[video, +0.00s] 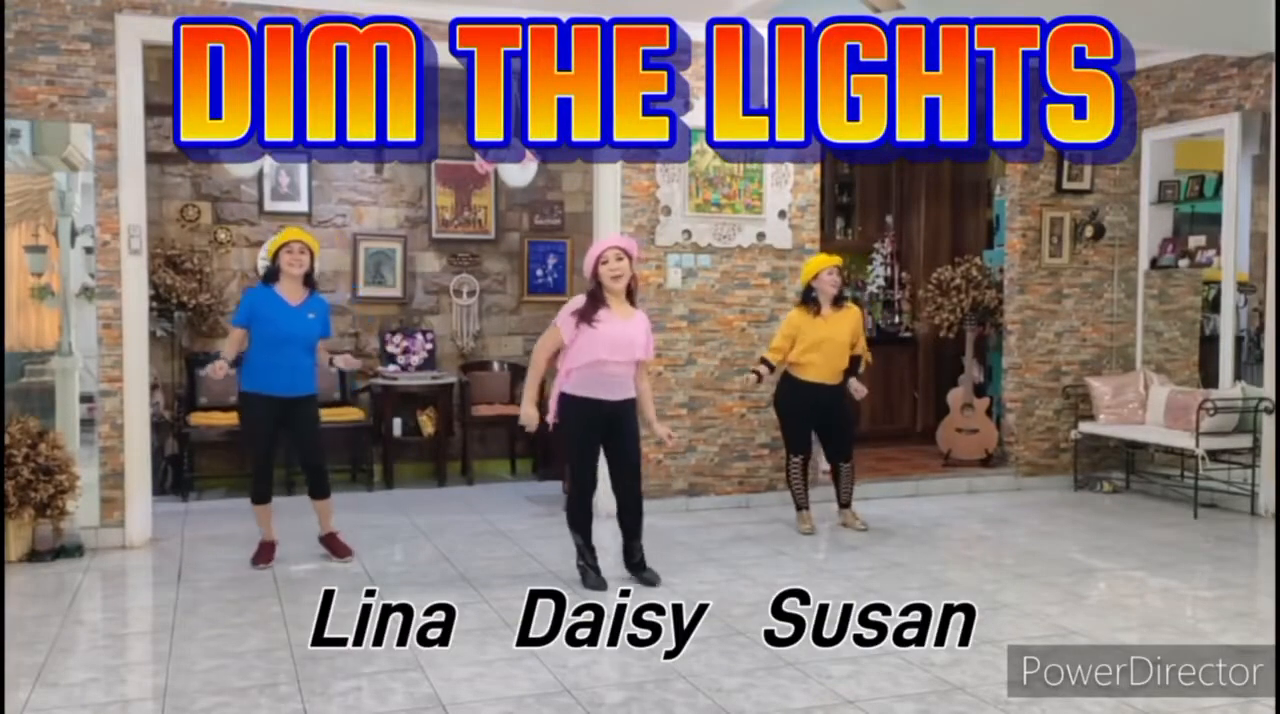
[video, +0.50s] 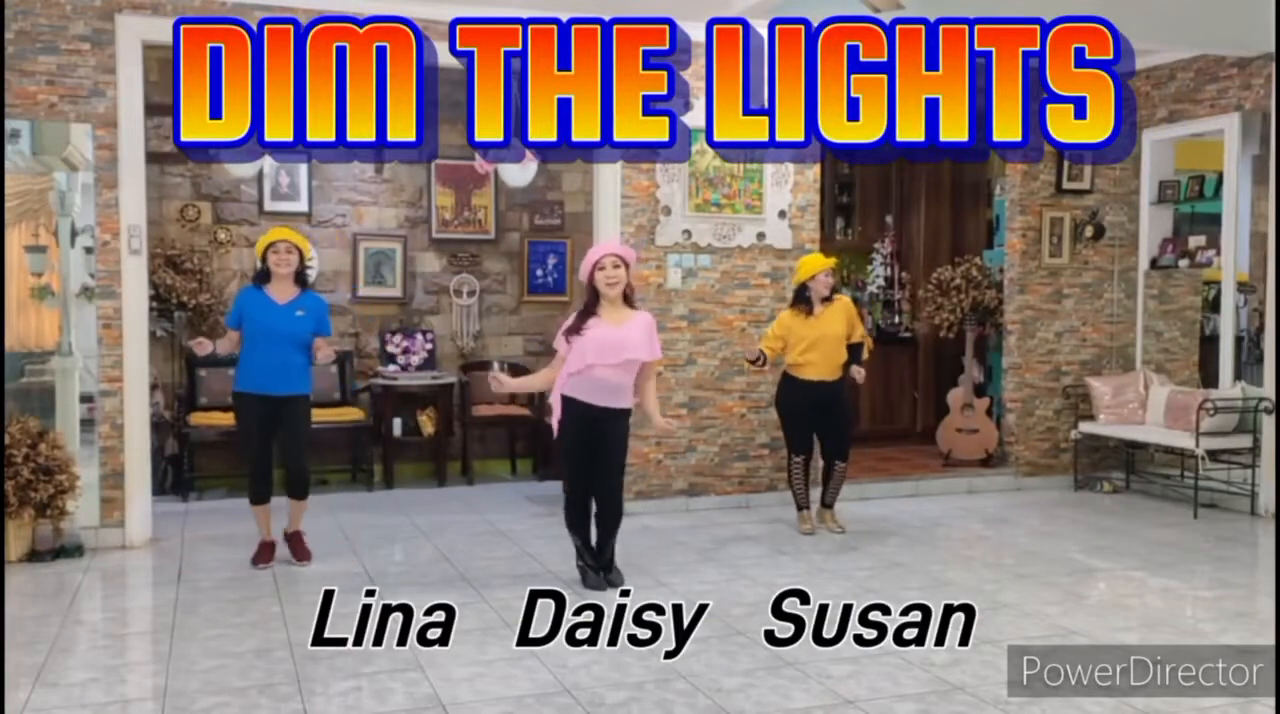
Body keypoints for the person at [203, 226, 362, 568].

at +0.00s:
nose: (296, 257)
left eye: (302, 252)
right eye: (289, 251)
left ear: (311, 261)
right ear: (276, 259)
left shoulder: (318, 304)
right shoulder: (256, 296)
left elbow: (320, 353)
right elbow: (236, 337)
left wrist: (336, 360)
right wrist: (224, 359)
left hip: (302, 398)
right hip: (259, 397)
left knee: (315, 463)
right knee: (261, 467)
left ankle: (328, 533)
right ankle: (267, 538)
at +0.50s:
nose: (282, 257)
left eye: (289, 251)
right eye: (275, 251)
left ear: (300, 260)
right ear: (265, 258)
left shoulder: (314, 303)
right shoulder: (248, 297)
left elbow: (320, 349)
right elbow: (232, 341)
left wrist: (325, 353)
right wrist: (212, 346)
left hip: (295, 397)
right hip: (252, 395)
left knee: (297, 464)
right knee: (258, 466)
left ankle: (294, 532)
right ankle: (266, 539)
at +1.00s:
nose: (302, 258)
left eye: (309, 252)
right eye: (296, 252)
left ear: (319, 259)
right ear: (285, 261)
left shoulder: (339, 294)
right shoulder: (275, 302)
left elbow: (357, 336)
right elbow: (268, 349)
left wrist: (349, 348)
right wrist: (249, 360)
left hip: (330, 395)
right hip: (285, 395)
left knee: (328, 467)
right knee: (277, 468)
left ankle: (330, 536)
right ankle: (269, 540)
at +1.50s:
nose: (315, 255)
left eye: (322, 249)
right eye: (308, 250)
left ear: (331, 256)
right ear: (297, 258)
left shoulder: (350, 292)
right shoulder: (285, 302)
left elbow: (362, 332)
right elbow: (277, 346)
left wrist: (372, 344)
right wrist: (283, 361)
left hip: (340, 394)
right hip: (299, 395)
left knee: (335, 464)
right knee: (299, 466)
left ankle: (332, 536)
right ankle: (308, 536)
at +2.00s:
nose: (302, 254)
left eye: (308, 249)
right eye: (295, 250)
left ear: (318, 257)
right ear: (284, 259)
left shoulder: (328, 300)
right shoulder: (271, 296)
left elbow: (332, 349)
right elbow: (239, 334)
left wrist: (364, 343)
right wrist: (259, 356)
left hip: (320, 395)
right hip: (278, 395)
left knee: (323, 465)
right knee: (275, 466)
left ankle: (330, 536)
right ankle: (257, 540)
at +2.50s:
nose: (272, 254)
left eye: (279, 249)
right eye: (265, 250)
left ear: (291, 257)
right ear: (256, 258)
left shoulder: (305, 304)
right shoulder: (239, 293)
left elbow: (303, 348)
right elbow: (203, 323)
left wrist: (306, 361)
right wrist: (189, 353)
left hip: (285, 396)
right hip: (241, 394)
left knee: (286, 466)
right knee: (246, 468)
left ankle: (278, 536)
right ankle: (253, 541)